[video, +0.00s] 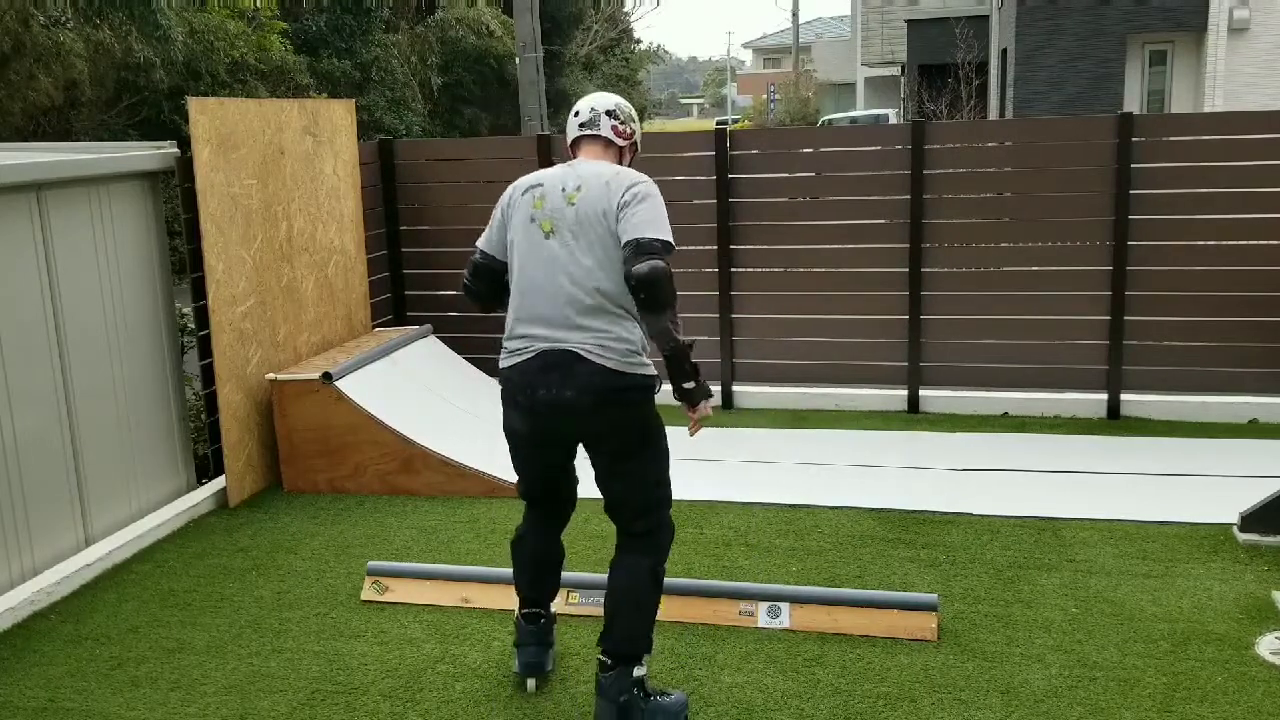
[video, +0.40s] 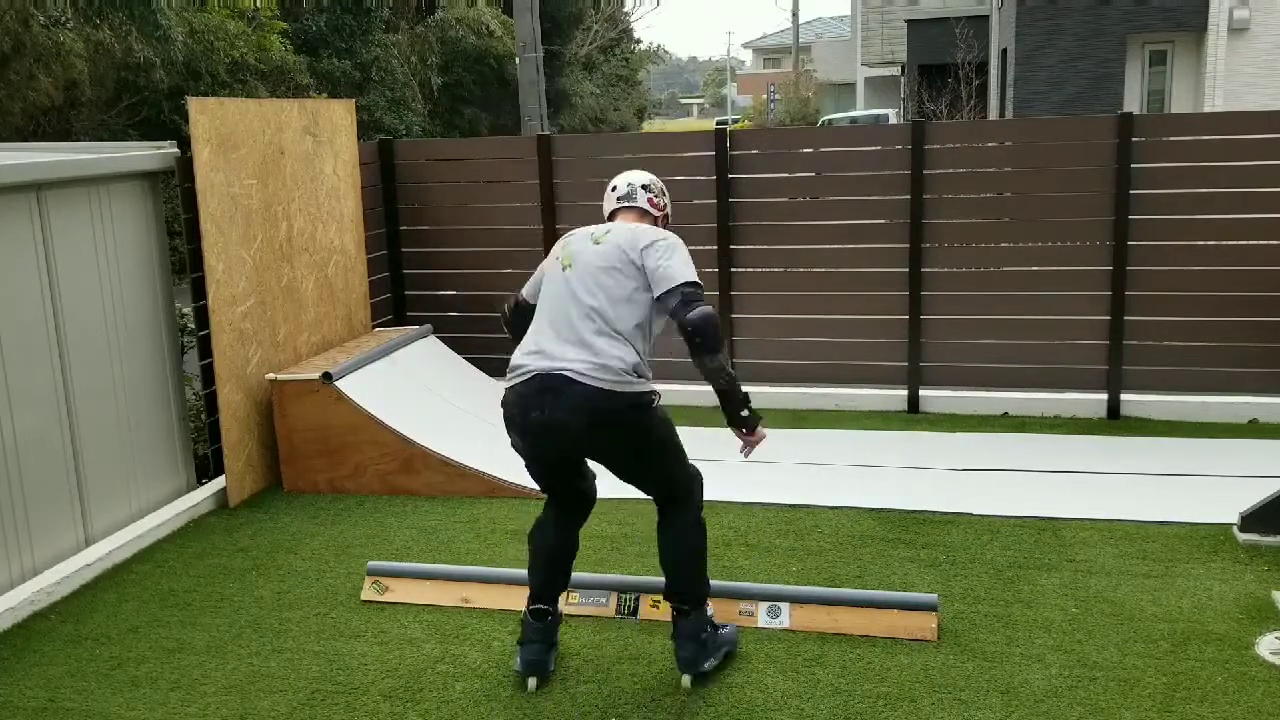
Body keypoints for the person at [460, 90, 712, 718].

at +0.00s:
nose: (632, 151)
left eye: (629, 143)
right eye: (632, 143)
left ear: (569, 140)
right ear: (624, 140)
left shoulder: (521, 189)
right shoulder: (632, 185)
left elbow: (481, 284)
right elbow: (648, 276)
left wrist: (549, 290)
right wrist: (685, 374)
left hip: (526, 377)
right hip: (610, 378)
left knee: (543, 507)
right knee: (644, 526)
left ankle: (532, 646)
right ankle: (620, 683)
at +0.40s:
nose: (663, 214)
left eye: (660, 209)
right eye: (662, 208)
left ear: (609, 208)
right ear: (657, 207)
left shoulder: (567, 243)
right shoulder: (658, 241)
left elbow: (519, 312)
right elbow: (698, 321)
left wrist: (546, 369)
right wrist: (736, 407)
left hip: (527, 394)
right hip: (608, 397)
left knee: (568, 496)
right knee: (679, 490)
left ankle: (536, 637)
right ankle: (693, 634)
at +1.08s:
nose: (562, 255)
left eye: (566, 243)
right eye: (554, 246)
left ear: (597, 224)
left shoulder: (661, 224)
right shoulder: (574, 222)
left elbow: (716, 303)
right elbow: (545, 252)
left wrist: (665, 373)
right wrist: (514, 301)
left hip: (694, 327)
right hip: (625, 328)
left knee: (723, 438)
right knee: (582, 431)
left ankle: (755, 545)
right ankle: (566, 539)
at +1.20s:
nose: (590, 285)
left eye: (596, 275)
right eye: (583, 277)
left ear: (625, 255)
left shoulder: (681, 252)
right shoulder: (577, 250)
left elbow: (756, 310)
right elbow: (529, 262)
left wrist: (740, 396)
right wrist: (492, 329)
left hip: (703, 330)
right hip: (626, 328)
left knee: (730, 434)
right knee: (585, 435)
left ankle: (756, 546)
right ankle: (564, 540)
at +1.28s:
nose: (609, 302)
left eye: (617, 294)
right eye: (601, 295)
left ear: (645, 274)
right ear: (591, 278)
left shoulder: (698, 267)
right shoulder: (580, 268)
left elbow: (786, 298)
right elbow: (522, 266)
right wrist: (477, 331)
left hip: (703, 335)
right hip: (624, 334)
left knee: (729, 432)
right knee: (587, 436)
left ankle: (757, 547)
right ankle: (562, 543)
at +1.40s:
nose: (634, 314)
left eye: (642, 304)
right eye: (621, 308)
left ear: (662, 279)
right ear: (603, 283)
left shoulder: (707, 273)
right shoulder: (585, 273)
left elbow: (797, 286)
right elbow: (521, 262)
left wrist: (831, 348)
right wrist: (462, 318)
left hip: (702, 344)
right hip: (624, 343)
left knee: (725, 435)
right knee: (588, 439)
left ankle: (758, 551)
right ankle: (563, 544)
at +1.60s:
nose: (651, 304)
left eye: (658, 294)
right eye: (639, 297)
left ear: (678, 268)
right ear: (624, 274)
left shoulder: (717, 273)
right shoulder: (601, 270)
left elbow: (799, 288)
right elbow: (534, 254)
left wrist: (823, 324)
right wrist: (458, 292)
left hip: (705, 355)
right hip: (628, 355)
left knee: (739, 439)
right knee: (593, 449)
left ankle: (759, 552)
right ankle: (566, 544)